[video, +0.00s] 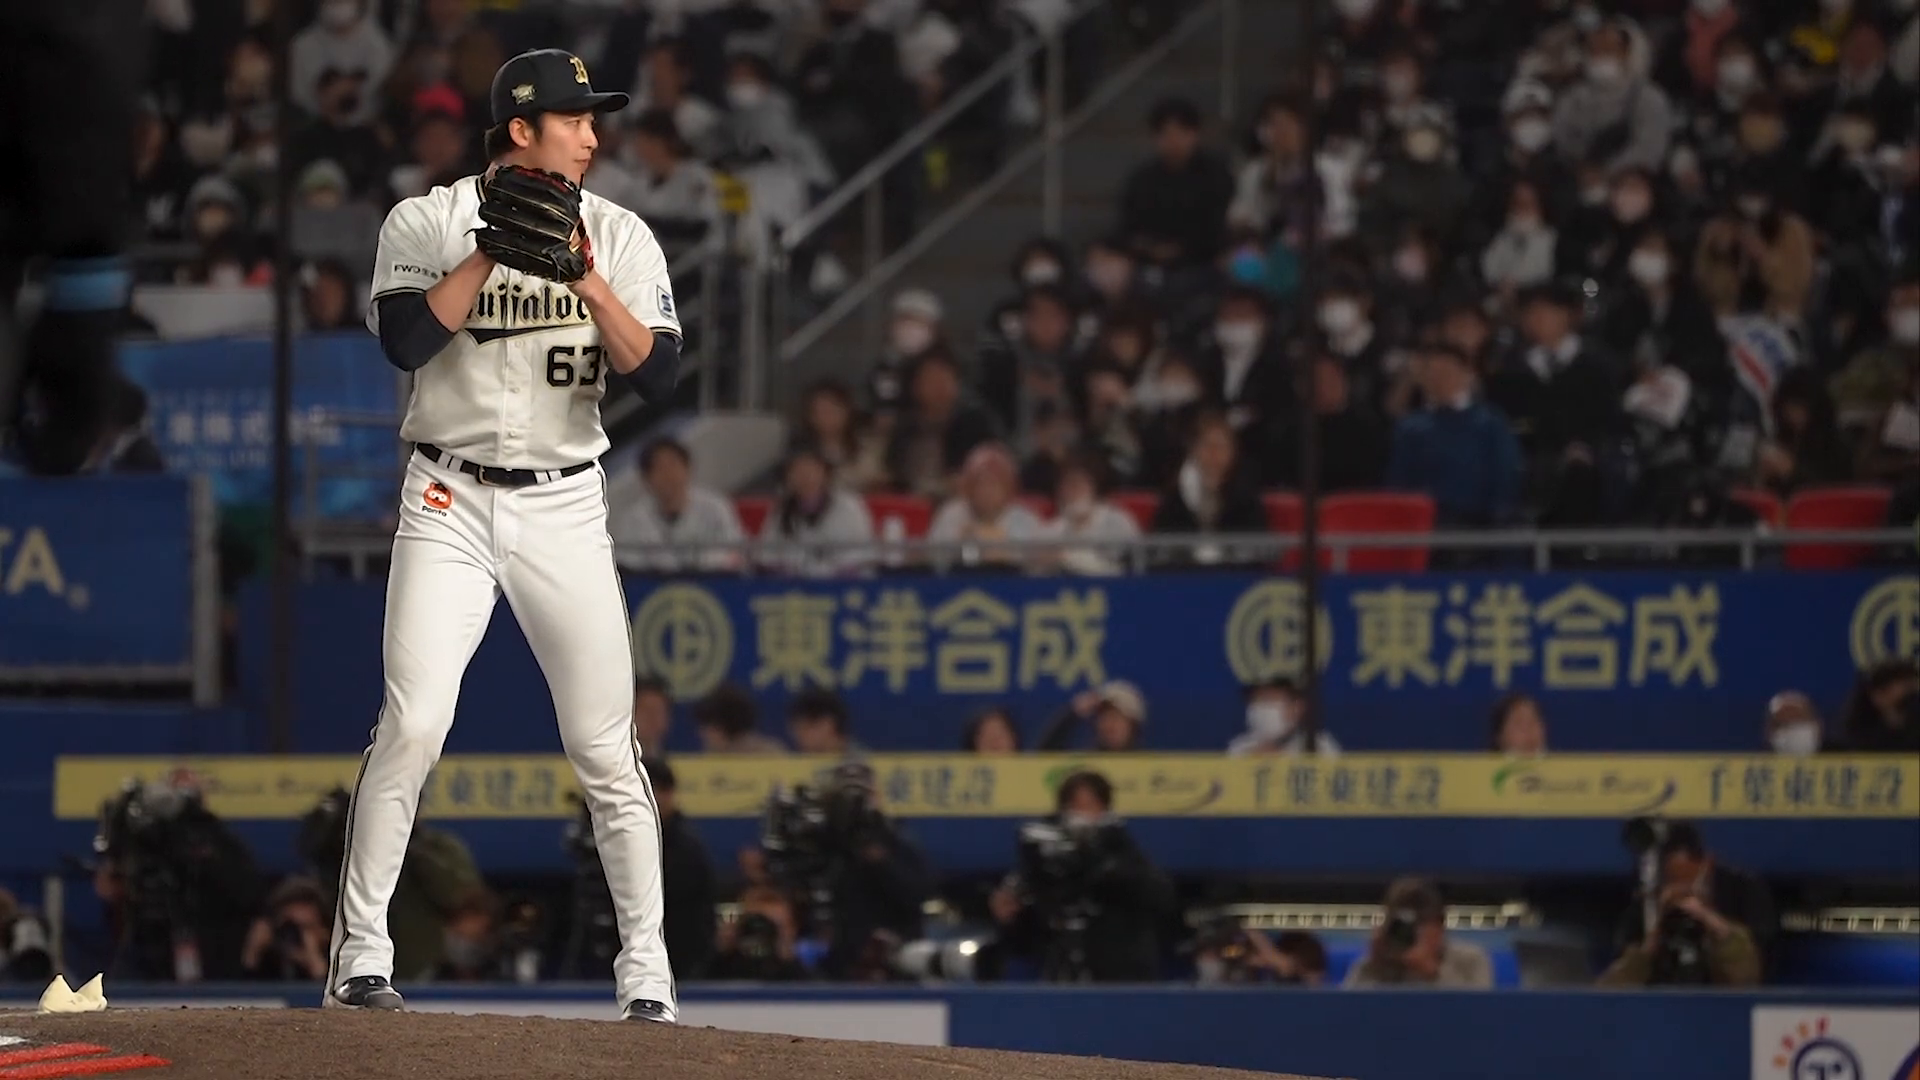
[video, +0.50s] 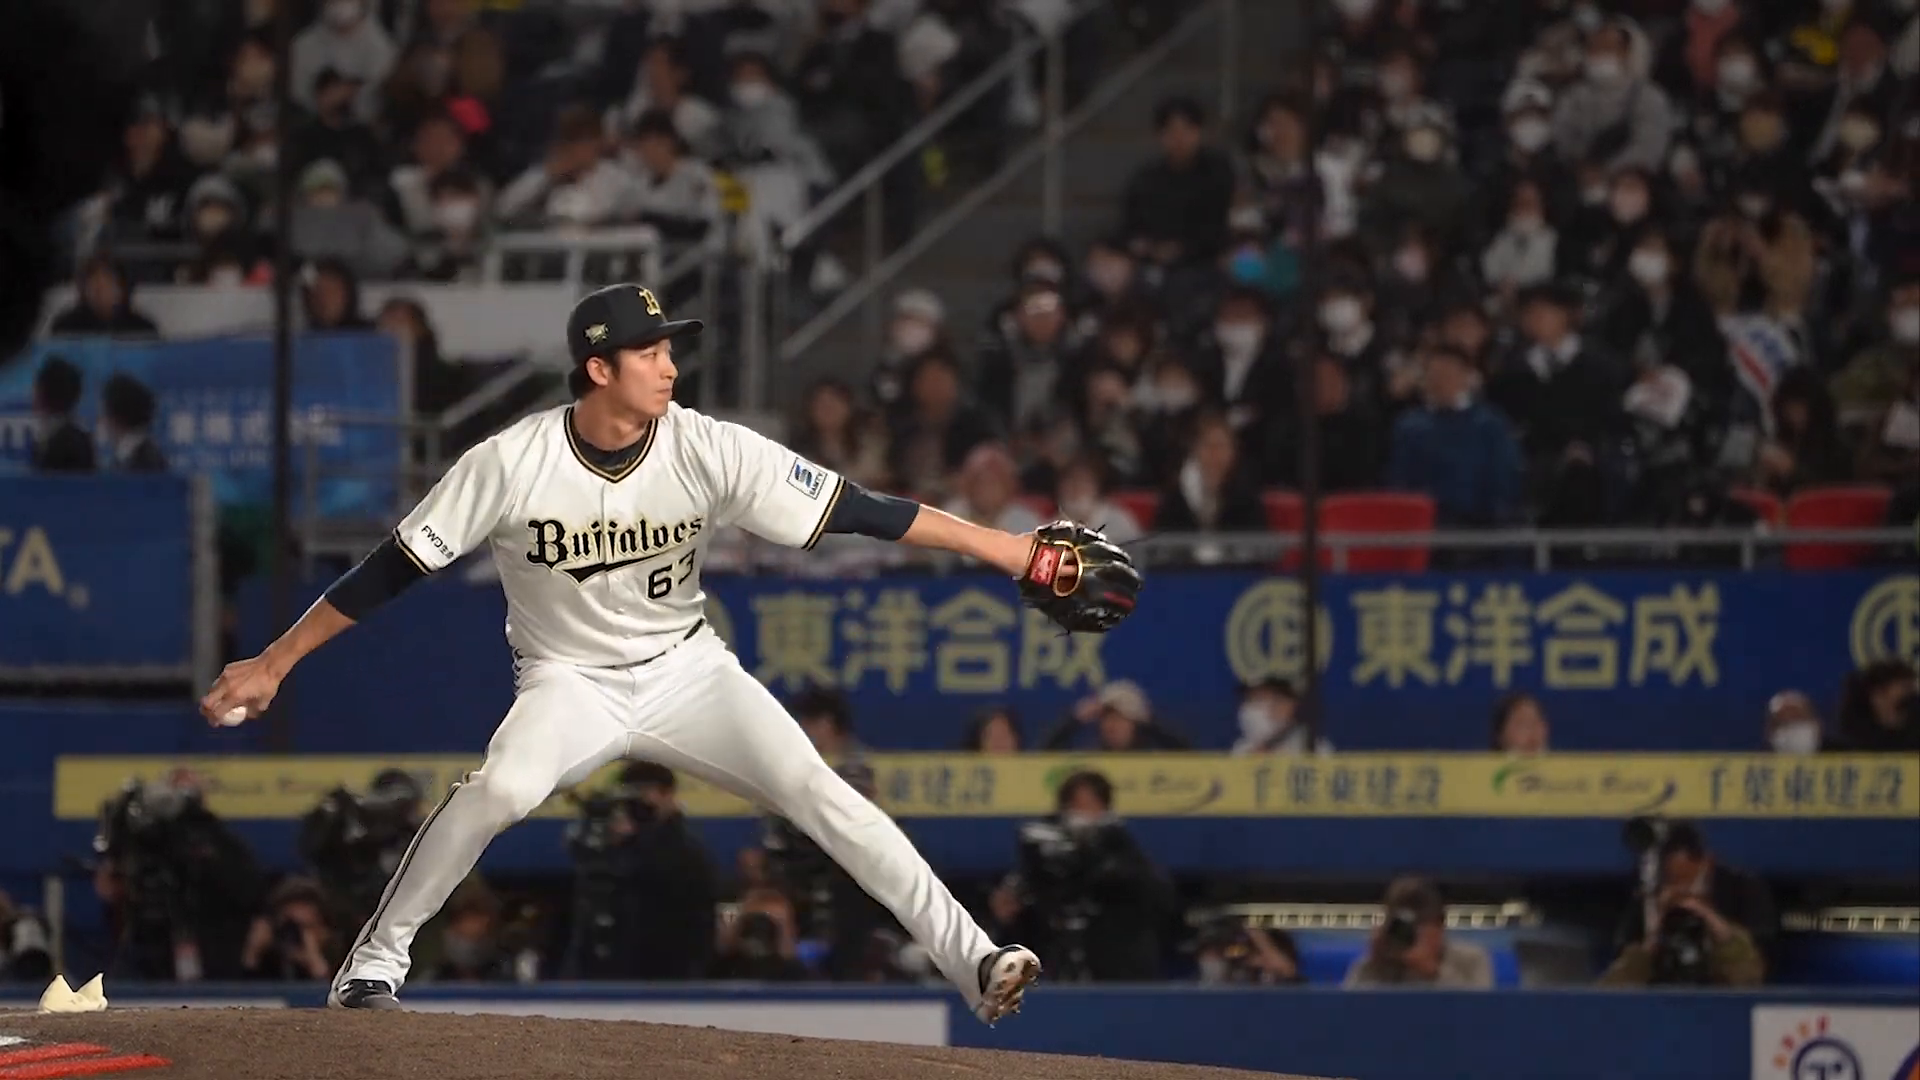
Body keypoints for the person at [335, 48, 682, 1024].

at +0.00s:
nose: (592, 133)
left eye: (593, 118)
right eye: (574, 117)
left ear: (585, 133)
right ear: (517, 128)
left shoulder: (624, 238)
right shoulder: (429, 220)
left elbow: (659, 380)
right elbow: (403, 343)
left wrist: (589, 281)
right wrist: (491, 250)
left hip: (566, 511)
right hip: (447, 501)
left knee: (603, 748)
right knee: (413, 724)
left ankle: (645, 970)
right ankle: (361, 957)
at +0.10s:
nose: (594, 146)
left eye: (596, 130)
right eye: (577, 129)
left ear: (584, 142)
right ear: (520, 137)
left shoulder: (624, 244)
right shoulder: (428, 223)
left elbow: (656, 386)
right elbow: (395, 354)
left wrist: (603, 317)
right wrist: (497, 276)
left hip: (569, 509)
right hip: (449, 503)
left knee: (595, 732)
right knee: (409, 721)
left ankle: (612, 945)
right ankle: (360, 957)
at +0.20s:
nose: (600, 183)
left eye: (600, 168)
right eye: (582, 168)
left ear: (584, 181)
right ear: (526, 180)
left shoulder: (627, 285)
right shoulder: (430, 268)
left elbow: (683, 434)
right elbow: (386, 409)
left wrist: (635, 430)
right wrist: (481, 382)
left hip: (575, 529)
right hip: (458, 529)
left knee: (557, 678)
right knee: (413, 729)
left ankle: (537, 861)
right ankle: (363, 948)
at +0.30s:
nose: (602, 248)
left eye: (602, 232)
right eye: (584, 233)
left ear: (595, 241)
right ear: (530, 245)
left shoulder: (634, 349)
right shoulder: (443, 338)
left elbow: (701, 486)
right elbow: (390, 479)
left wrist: (688, 574)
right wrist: (434, 564)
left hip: (590, 567)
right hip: (474, 570)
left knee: (591, 715)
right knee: (425, 743)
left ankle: (551, 929)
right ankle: (362, 954)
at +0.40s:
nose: (619, 312)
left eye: (618, 295)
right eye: (599, 298)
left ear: (612, 305)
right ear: (546, 312)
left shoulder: (656, 405)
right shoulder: (460, 407)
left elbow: (752, 523)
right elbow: (395, 554)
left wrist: (829, 650)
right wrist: (347, 700)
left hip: (625, 618)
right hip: (505, 629)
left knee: (673, 765)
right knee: (451, 762)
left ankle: (739, 930)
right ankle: (365, 962)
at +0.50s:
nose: (673, 369)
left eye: (673, 353)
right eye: (654, 354)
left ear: (660, 366)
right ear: (594, 367)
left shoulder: (709, 449)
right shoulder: (505, 466)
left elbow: (858, 511)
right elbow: (392, 569)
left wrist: (1006, 548)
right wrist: (275, 662)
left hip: (692, 673)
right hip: (569, 687)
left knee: (815, 789)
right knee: (500, 792)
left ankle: (973, 962)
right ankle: (382, 947)